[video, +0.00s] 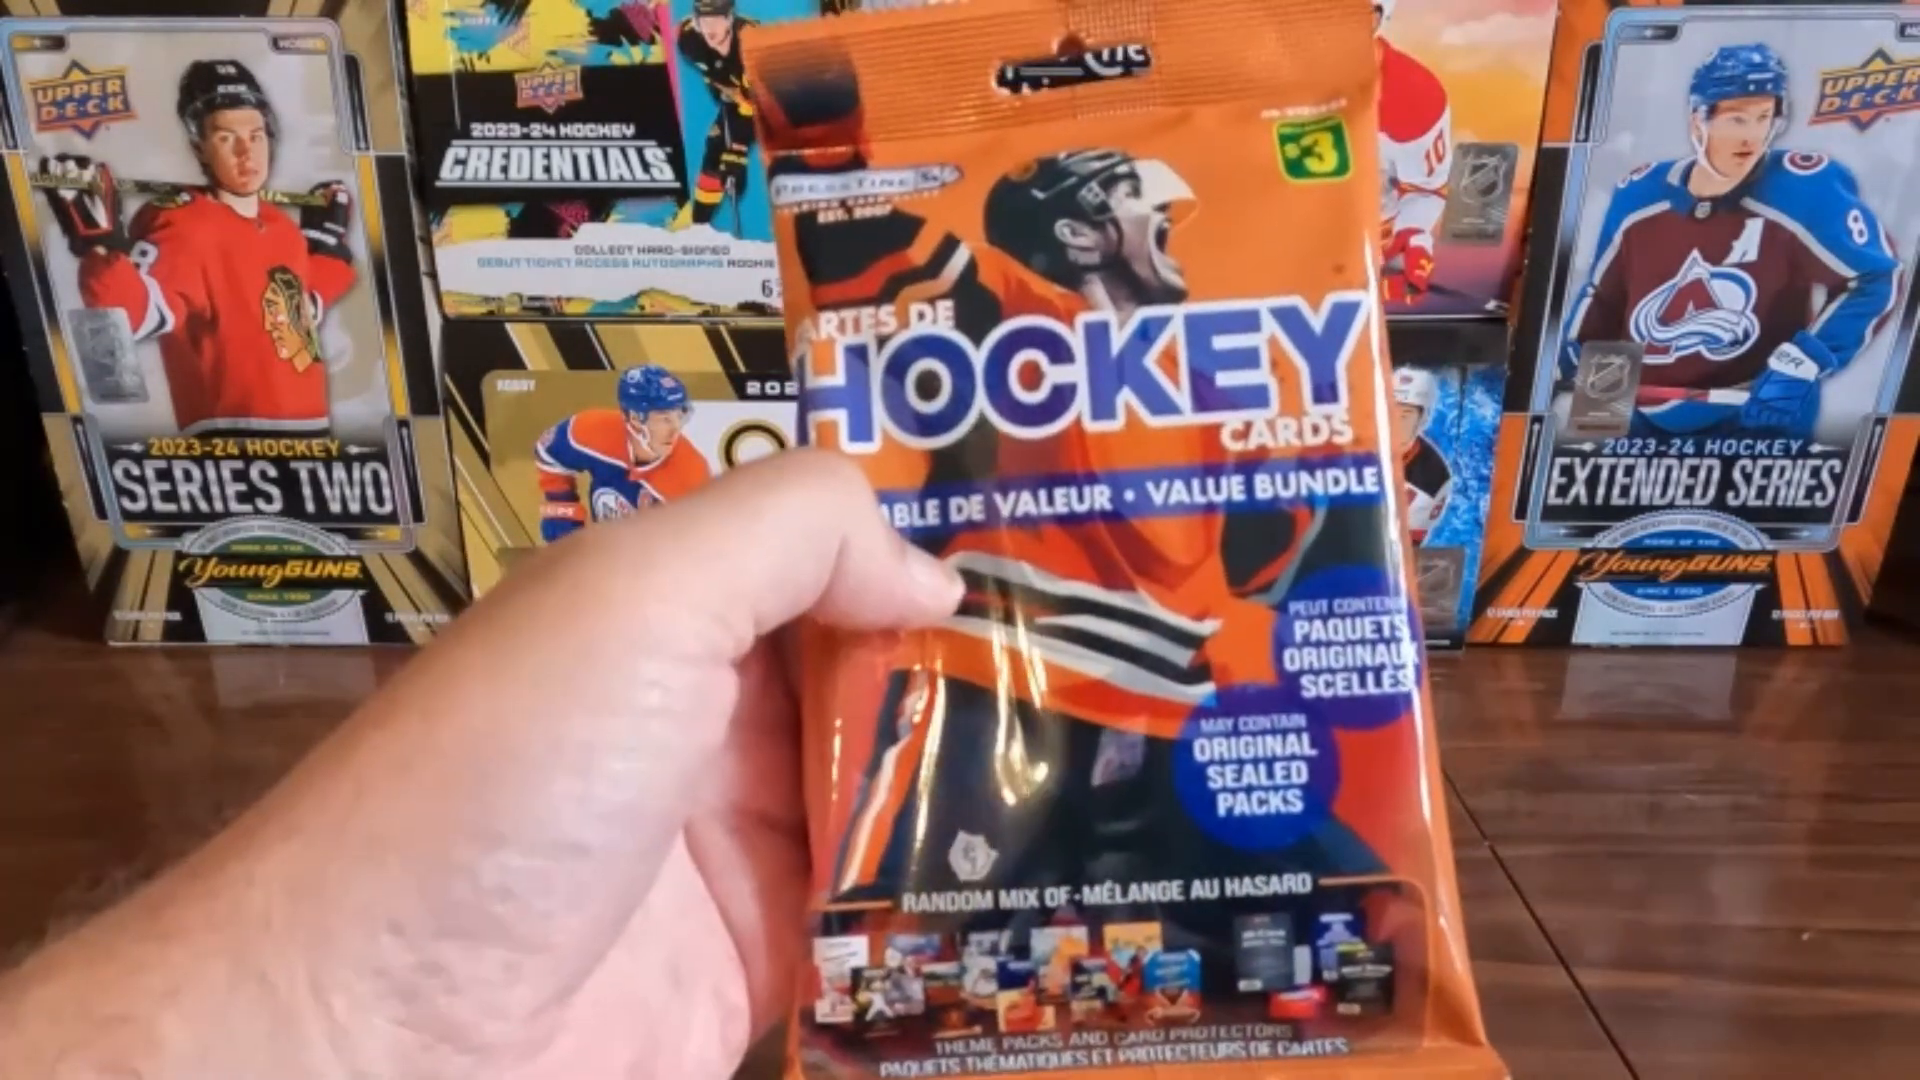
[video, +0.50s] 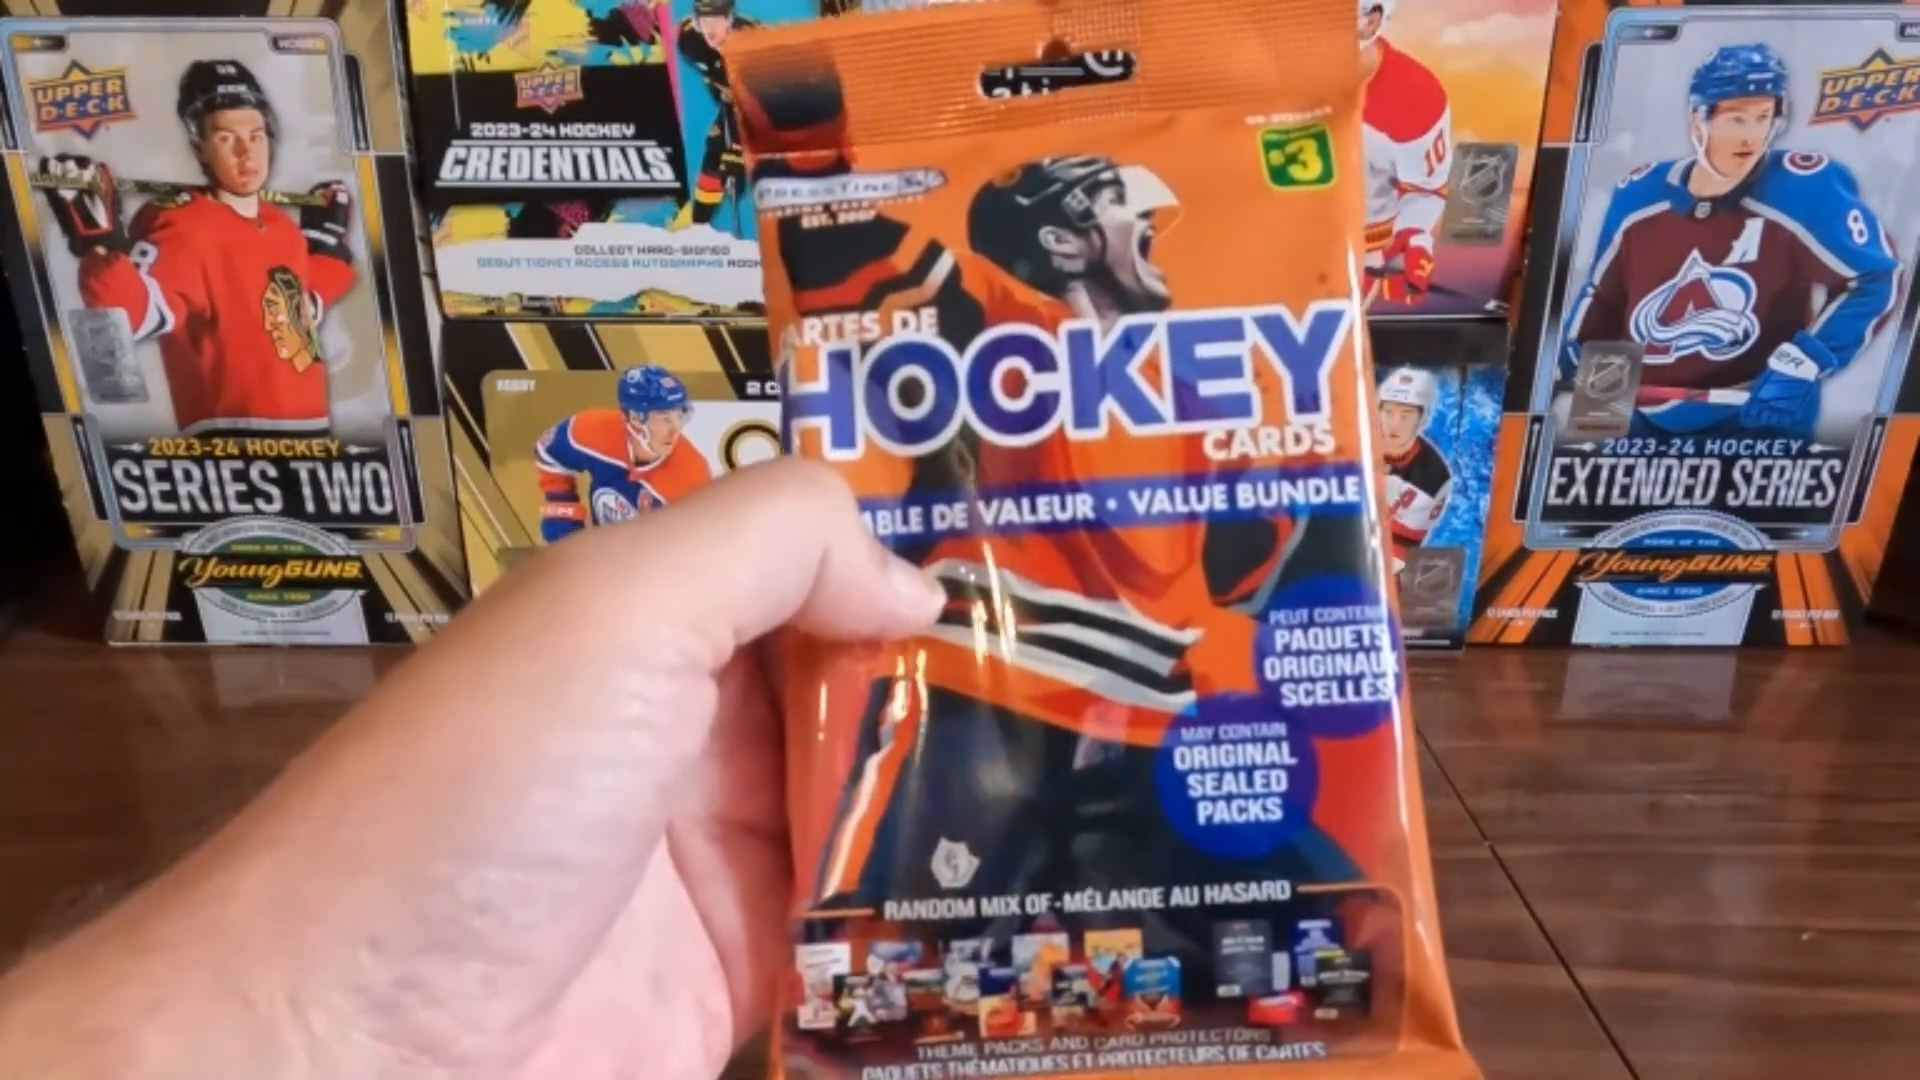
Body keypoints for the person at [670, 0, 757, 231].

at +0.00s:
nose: (709, 29)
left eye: (715, 22)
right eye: (704, 22)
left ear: (729, 19)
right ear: (696, 21)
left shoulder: (750, 36)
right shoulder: (688, 38)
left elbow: (749, 100)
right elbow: (711, 76)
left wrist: (736, 156)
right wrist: (734, 94)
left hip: (767, 103)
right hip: (731, 106)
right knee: (714, 147)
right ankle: (699, 220)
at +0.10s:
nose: (709, 29)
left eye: (715, 22)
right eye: (704, 22)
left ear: (729, 19)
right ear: (696, 21)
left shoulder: (751, 36)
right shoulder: (688, 38)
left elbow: (750, 100)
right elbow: (712, 76)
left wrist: (736, 156)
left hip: (768, 104)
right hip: (731, 106)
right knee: (714, 148)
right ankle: (698, 221)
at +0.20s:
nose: (709, 29)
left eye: (715, 22)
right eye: (704, 22)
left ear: (729, 19)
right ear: (696, 21)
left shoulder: (750, 36)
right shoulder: (688, 38)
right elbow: (710, 75)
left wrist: (735, 156)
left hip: (765, 104)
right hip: (730, 105)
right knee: (714, 150)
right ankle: (699, 221)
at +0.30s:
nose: (710, 30)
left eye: (716, 22)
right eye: (704, 22)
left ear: (730, 19)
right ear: (696, 22)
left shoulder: (752, 39)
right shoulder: (688, 39)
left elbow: (748, 100)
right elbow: (715, 78)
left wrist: (736, 155)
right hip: (733, 104)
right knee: (717, 144)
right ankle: (699, 219)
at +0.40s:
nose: (709, 30)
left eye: (716, 22)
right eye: (704, 22)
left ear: (729, 19)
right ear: (696, 21)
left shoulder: (753, 37)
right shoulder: (688, 38)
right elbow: (712, 76)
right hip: (731, 103)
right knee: (716, 152)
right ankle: (699, 221)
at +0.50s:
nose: (709, 32)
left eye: (715, 24)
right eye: (703, 24)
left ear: (729, 19)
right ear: (696, 22)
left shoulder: (755, 37)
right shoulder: (689, 38)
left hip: (761, 110)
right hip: (729, 110)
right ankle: (698, 224)